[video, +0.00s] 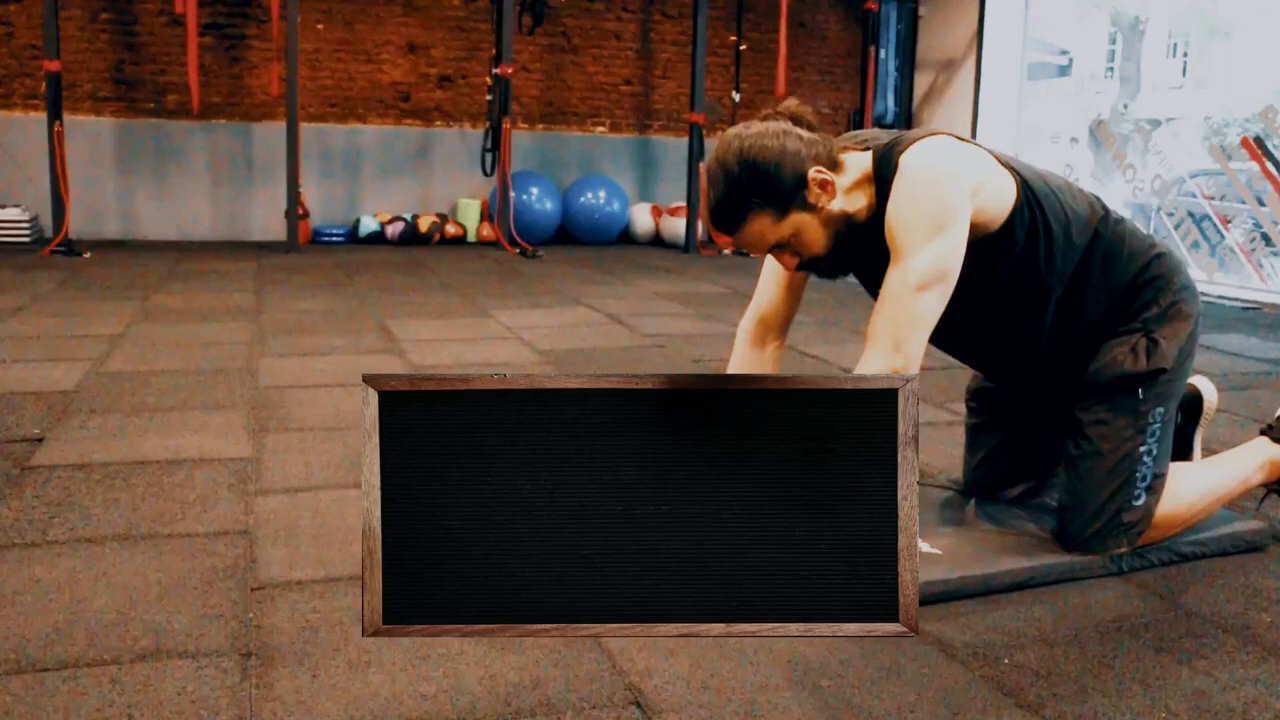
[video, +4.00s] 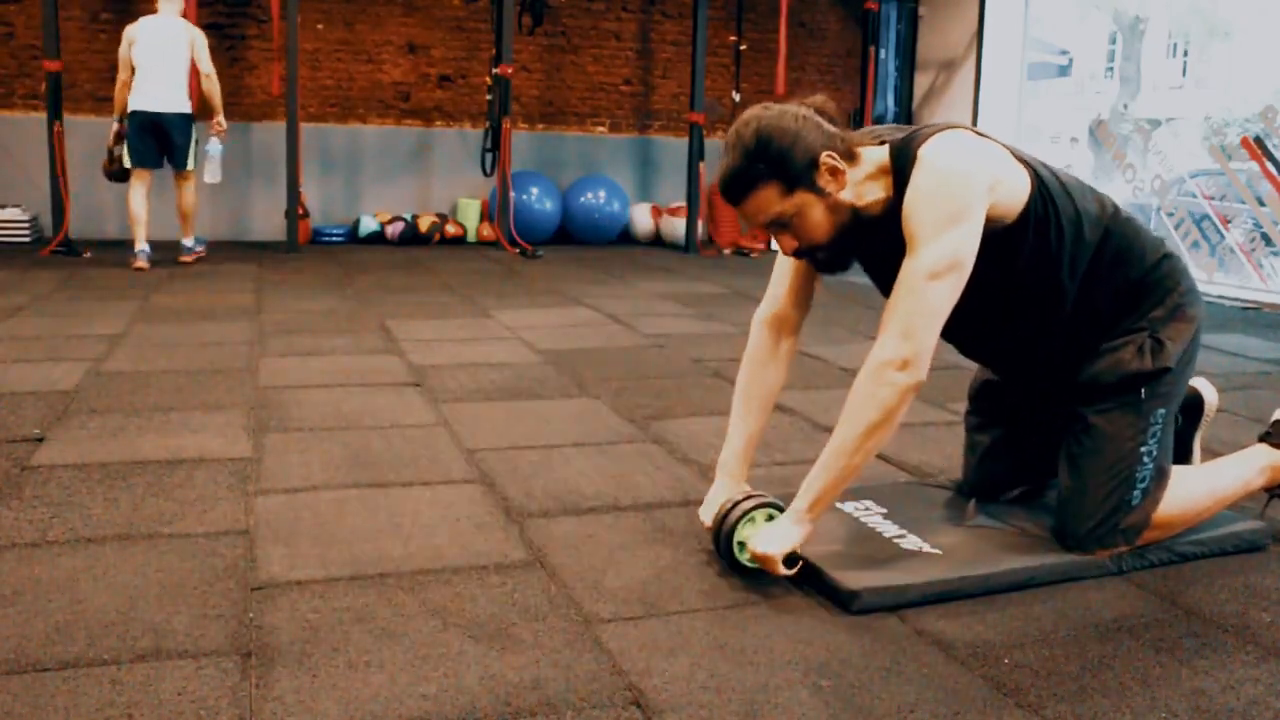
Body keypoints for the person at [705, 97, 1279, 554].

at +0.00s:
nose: (786, 266)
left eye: (786, 245)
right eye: (770, 255)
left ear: (819, 187)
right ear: (813, 183)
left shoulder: (930, 180)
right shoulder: (813, 199)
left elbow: (889, 366)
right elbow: (761, 335)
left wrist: (813, 473)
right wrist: (738, 448)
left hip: (1134, 313)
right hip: (1029, 336)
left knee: (1099, 529)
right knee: (996, 489)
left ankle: (1269, 454)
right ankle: (1174, 416)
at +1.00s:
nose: (663, 354)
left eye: (646, 342)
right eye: (649, 345)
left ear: (651, 308)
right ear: (645, 298)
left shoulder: (755, 263)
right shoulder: (680, 244)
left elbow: (713, 402)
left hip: (1023, 296)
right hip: (945, 331)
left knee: (1098, 527)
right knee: (995, 484)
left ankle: (1272, 454)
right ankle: (1177, 417)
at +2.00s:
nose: (533, 474)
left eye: (552, 452)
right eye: (527, 446)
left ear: (595, 437)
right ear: (512, 423)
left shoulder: (596, 513)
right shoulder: (551, 407)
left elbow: (400, 612)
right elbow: (401, 489)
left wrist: (216, 600)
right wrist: (250, 532)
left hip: (923, 408)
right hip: (827, 378)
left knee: (1098, 526)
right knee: (1020, 468)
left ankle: (1264, 465)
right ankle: (1185, 417)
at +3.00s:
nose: (688, 356)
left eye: (674, 347)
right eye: (674, 350)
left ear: (677, 311)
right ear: (673, 299)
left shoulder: (776, 254)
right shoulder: (700, 231)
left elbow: (711, 404)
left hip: (1042, 293)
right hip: (958, 319)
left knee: (1105, 523)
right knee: (987, 480)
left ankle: (1265, 442)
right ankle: (1178, 418)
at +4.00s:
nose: (779, 247)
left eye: (782, 224)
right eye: (766, 232)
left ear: (829, 176)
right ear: (825, 173)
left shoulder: (950, 172)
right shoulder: (821, 199)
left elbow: (901, 364)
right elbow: (776, 329)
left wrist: (801, 515)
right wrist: (729, 475)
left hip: (1136, 322)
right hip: (1030, 341)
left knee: (1096, 529)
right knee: (990, 500)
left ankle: (1270, 460)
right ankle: (1169, 423)